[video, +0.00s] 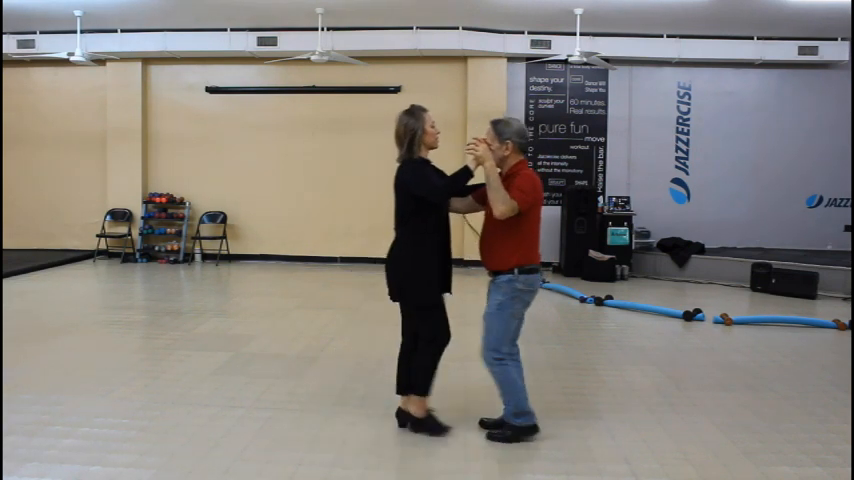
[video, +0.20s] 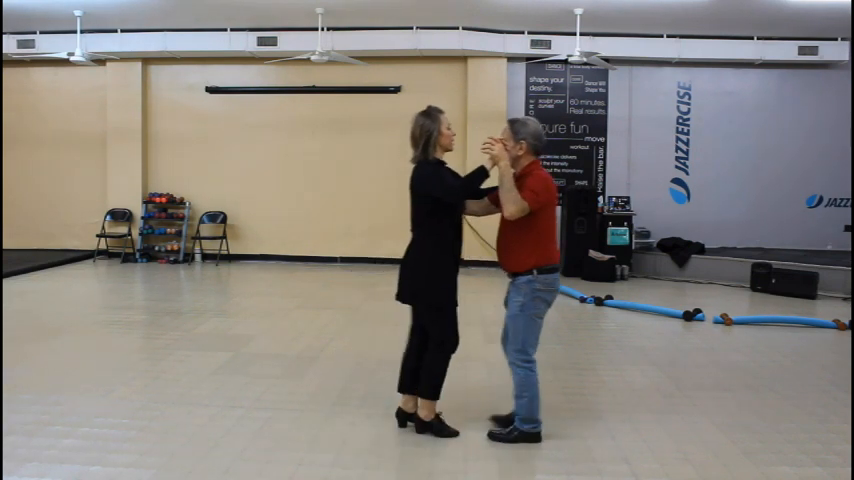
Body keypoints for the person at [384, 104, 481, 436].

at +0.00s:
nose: (438, 132)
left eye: (435, 126)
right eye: (432, 127)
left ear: (417, 132)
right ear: (418, 132)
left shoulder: (418, 167)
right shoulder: (415, 170)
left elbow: (454, 197)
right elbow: (445, 189)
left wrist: (487, 184)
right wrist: (472, 165)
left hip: (415, 268)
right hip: (416, 270)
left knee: (415, 335)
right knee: (437, 334)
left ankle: (408, 406)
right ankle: (416, 407)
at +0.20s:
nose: (453, 133)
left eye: (451, 128)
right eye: (448, 129)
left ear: (431, 134)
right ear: (434, 134)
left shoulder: (429, 169)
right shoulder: (431, 171)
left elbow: (462, 199)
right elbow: (460, 190)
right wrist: (489, 165)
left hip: (424, 268)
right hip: (434, 272)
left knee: (422, 335)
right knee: (445, 339)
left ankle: (408, 406)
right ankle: (426, 413)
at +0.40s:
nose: (470, 135)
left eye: (467, 130)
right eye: (464, 131)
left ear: (450, 137)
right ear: (451, 137)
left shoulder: (455, 172)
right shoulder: (446, 175)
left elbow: (485, 197)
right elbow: (477, 195)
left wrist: (522, 180)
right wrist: (509, 167)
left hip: (451, 273)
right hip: (439, 275)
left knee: (474, 331)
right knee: (454, 339)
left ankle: (442, 399)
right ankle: (425, 412)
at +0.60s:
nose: (486, 137)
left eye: (483, 132)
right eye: (480, 133)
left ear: (466, 141)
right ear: (468, 140)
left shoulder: (474, 175)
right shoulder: (466, 178)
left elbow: (504, 203)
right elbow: (499, 203)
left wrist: (537, 184)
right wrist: (532, 179)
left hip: (468, 275)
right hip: (457, 278)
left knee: (498, 330)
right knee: (471, 342)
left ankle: (506, 404)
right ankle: (429, 409)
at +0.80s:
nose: (496, 142)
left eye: (493, 137)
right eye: (490, 138)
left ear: (474, 144)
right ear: (477, 144)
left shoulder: (484, 179)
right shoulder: (477, 181)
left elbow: (516, 208)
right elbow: (513, 207)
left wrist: (547, 188)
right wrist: (545, 180)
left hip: (488, 278)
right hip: (477, 281)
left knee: (513, 333)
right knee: (493, 347)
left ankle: (507, 408)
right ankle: (435, 403)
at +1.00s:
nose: (489, 141)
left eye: (486, 136)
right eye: (484, 137)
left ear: (467, 143)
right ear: (470, 143)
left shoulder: (473, 178)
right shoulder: (468, 180)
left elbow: (505, 206)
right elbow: (504, 201)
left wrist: (540, 185)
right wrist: (537, 175)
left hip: (485, 278)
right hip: (473, 281)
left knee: (507, 333)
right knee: (483, 347)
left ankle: (506, 407)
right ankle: (421, 402)